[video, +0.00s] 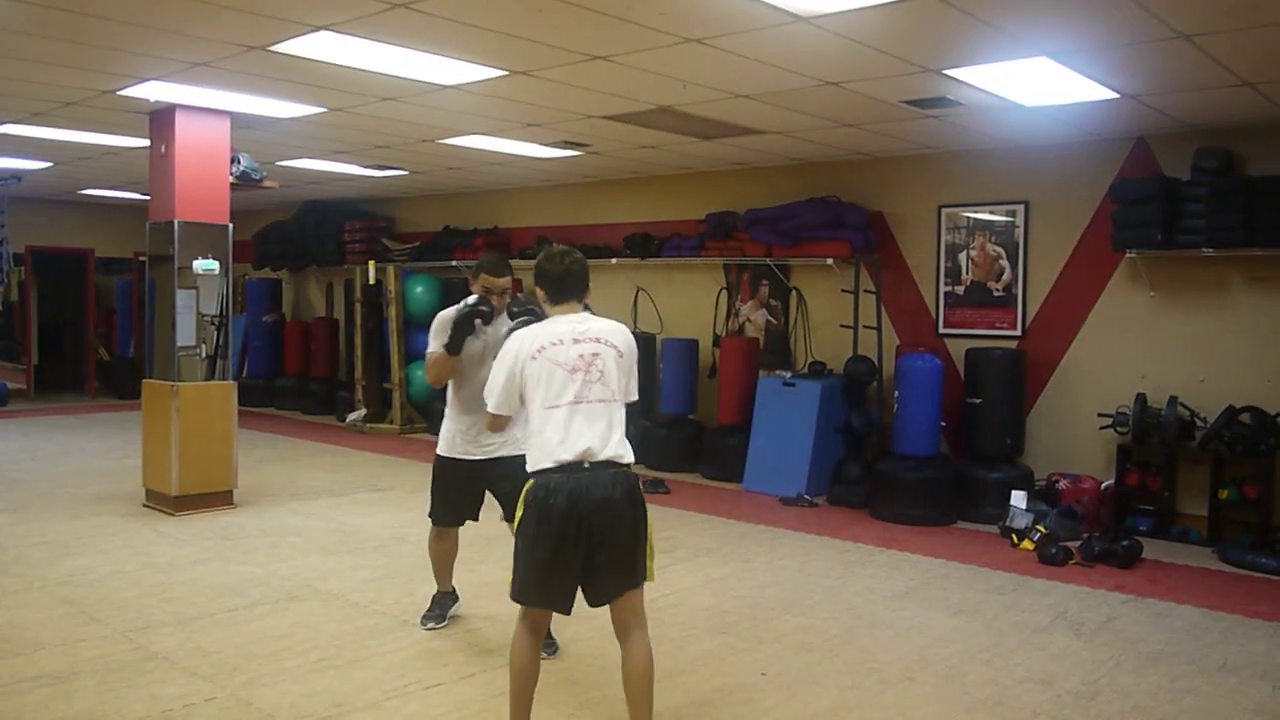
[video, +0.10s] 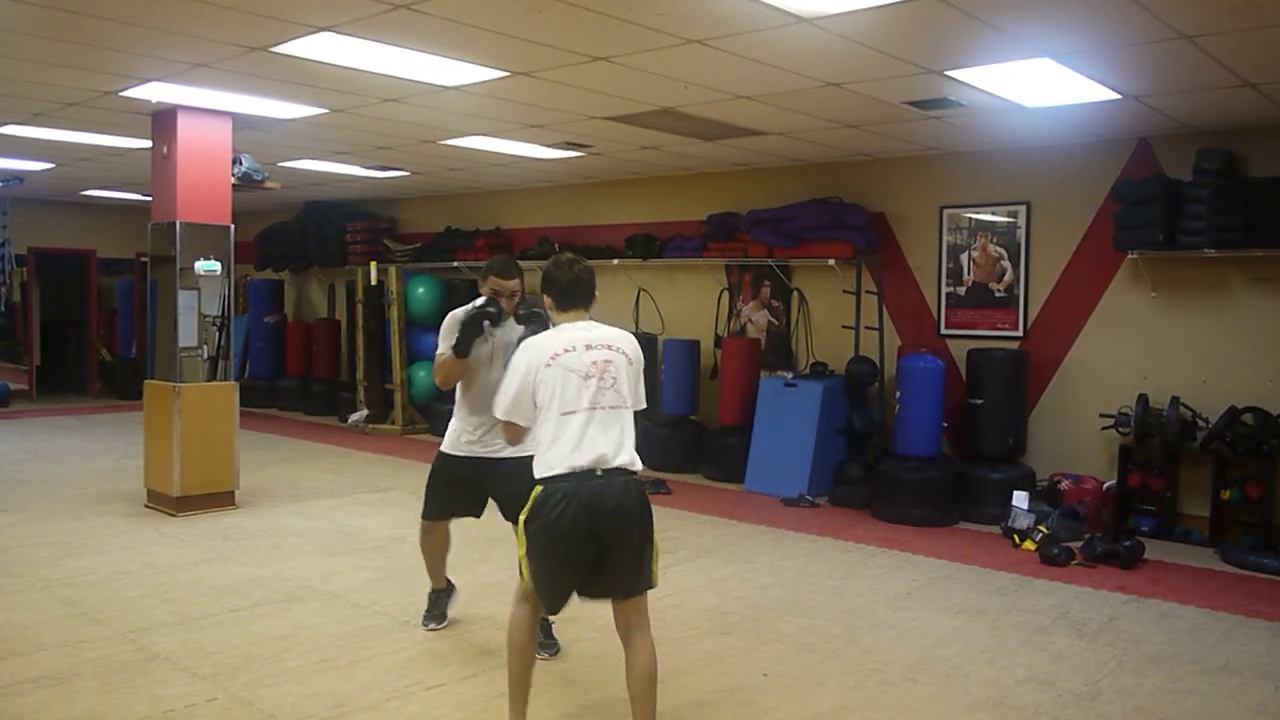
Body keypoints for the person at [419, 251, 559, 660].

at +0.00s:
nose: (497, 299)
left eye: (504, 292)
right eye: (489, 291)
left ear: (513, 287)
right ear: (472, 283)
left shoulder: (523, 319)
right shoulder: (449, 319)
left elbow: (546, 370)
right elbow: (435, 376)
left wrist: (537, 332)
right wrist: (460, 333)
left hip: (512, 446)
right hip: (457, 447)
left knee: (533, 532)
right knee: (443, 526)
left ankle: (540, 623)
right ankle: (444, 593)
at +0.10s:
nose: (504, 303)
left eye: (512, 296)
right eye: (497, 294)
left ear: (523, 291)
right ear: (481, 286)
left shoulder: (532, 321)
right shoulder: (459, 319)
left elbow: (554, 377)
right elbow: (443, 378)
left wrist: (542, 336)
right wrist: (467, 336)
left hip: (518, 448)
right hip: (462, 446)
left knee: (535, 534)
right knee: (433, 522)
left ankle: (541, 619)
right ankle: (439, 588)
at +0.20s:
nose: (510, 300)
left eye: (518, 294)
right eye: (503, 292)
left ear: (528, 290)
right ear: (488, 285)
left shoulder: (537, 323)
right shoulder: (464, 319)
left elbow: (554, 376)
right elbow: (446, 378)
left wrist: (541, 329)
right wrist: (477, 331)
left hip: (519, 448)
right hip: (463, 444)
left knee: (534, 535)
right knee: (428, 520)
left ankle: (540, 621)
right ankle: (430, 586)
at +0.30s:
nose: (521, 303)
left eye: (529, 296)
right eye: (514, 295)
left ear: (535, 292)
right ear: (495, 288)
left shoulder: (542, 323)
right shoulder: (467, 320)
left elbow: (560, 374)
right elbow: (451, 379)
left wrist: (540, 336)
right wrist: (482, 333)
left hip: (523, 452)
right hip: (464, 450)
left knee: (536, 537)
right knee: (439, 527)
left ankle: (545, 622)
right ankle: (427, 597)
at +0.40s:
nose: (519, 299)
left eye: (525, 293)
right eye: (513, 291)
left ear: (536, 295)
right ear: (499, 290)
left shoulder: (544, 328)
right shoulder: (474, 319)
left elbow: (559, 376)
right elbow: (457, 375)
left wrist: (538, 331)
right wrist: (494, 336)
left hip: (526, 451)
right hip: (470, 451)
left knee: (542, 536)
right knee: (452, 528)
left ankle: (555, 621)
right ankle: (440, 600)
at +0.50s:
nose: (524, 300)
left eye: (530, 293)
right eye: (519, 292)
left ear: (538, 292)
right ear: (508, 288)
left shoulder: (552, 326)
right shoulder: (479, 321)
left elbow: (565, 383)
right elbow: (463, 374)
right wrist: (495, 335)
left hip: (537, 451)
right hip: (477, 451)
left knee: (559, 532)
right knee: (457, 528)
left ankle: (570, 614)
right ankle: (446, 600)